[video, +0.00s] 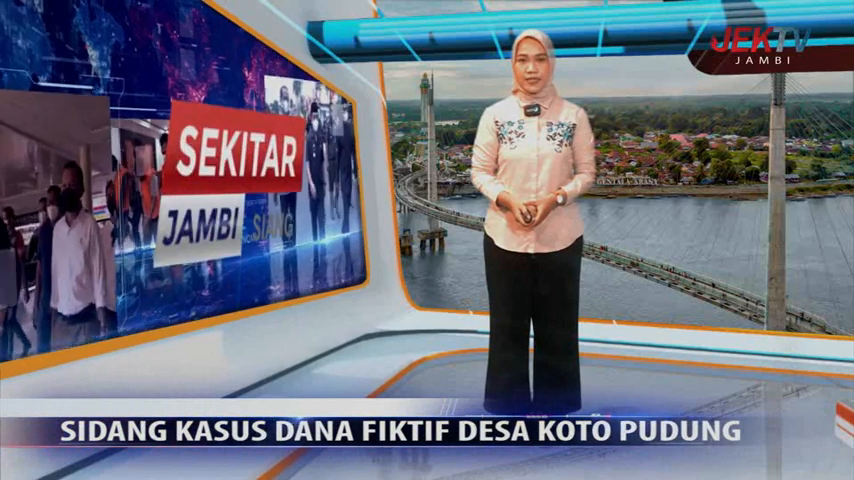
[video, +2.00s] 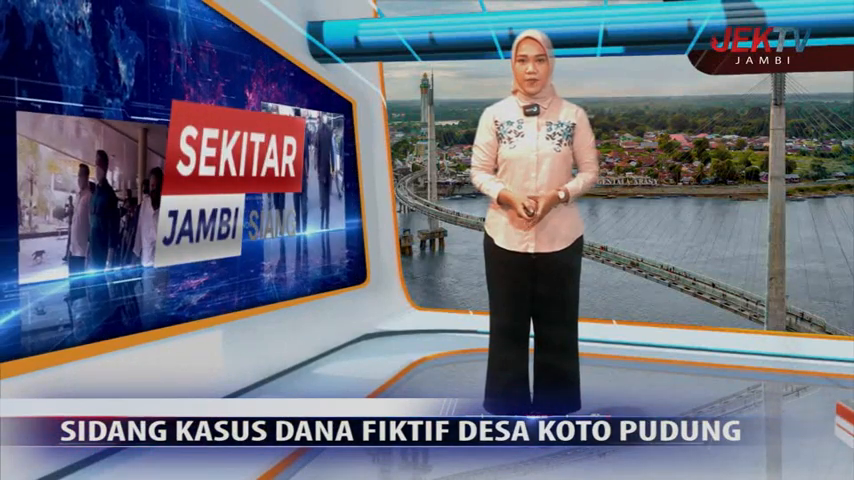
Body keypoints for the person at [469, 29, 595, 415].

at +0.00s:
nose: (531, 67)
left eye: (539, 59)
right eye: (523, 59)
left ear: (551, 64)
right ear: (513, 65)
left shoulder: (573, 116)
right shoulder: (494, 116)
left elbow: (587, 173)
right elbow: (480, 172)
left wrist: (553, 199)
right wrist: (508, 201)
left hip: (559, 243)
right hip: (506, 244)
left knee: (558, 338)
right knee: (507, 336)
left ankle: (558, 423)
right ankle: (506, 422)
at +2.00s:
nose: (531, 67)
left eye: (539, 60)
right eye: (523, 60)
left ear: (551, 65)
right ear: (513, 66)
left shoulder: (573, 116)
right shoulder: (494, 116)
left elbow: (589, 172)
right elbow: (480, 172)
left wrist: (556, 196)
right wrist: (508, 197)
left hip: (559, 243)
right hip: (506, 244)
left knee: (558, 337)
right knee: (508, 336)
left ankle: (558, 423)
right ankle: (506, 423)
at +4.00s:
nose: (531, 67)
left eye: (539, 59)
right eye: (522, 59)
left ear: (551, 65)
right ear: (512, 65)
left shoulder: (573, 116)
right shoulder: (493, 116)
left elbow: (588, 173)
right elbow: (479, 172)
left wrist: (554, 198)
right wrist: (507, 200)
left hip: (558, 243)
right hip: (506, 243)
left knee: (558, 334)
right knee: (507, 333)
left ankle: (557, 418)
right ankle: (505, 419)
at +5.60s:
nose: (531, 66)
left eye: (539, 58)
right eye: (523, 59)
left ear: (551, 64)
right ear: (512, 64)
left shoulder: (573, 114)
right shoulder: (494, 115)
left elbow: (587, 172)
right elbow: (479, 171)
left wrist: (557, 197)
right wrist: (505, 196)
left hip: (559, 241)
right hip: (506, 241)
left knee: (554, 329)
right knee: (510, 328)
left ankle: (543, 413)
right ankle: (519, 414)